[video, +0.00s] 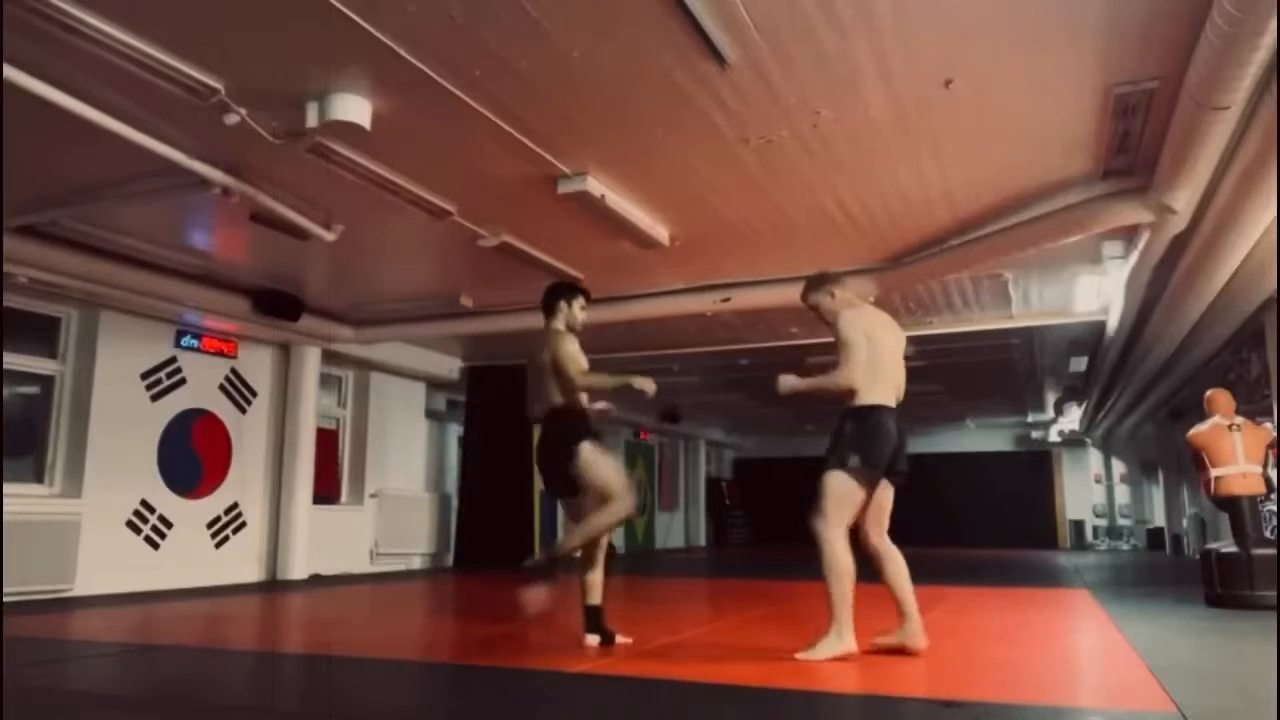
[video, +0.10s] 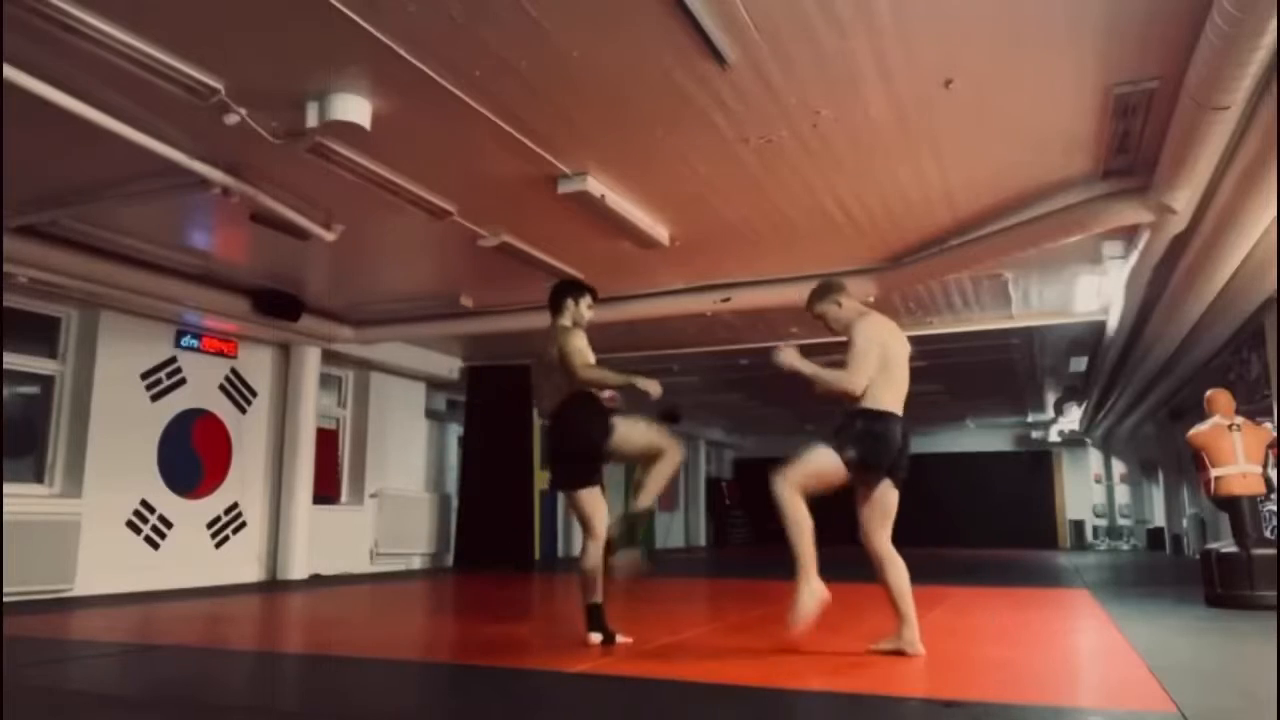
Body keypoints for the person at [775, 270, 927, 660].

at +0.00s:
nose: (821, 318)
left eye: (818, 310)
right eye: (817, 312)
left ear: (833, 293)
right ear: (845, 291)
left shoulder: (850, 316)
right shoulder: (891, 326)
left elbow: (849, 378)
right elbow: (895, 387)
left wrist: (799, 383)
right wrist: (836, 376)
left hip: (863, 425)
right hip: (892, 427)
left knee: (830, 525)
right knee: (876, 533)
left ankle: (841, 633)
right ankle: (912, 627)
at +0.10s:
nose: (830, 327)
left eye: (827, 317)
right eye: (825, 321)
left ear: (842, 301)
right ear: (847, 300)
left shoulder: (868, 326)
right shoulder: (892, 330)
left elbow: (854, 382)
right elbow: (869, 382)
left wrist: (800, 363)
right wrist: (825, 375)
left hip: (867, 431)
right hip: (892, 438)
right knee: (878, 538)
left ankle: (809, 584)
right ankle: (909, 635)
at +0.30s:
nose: (832, 333)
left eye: (830, 323)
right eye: (828, 327)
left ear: (845, 303)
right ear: (848, 303)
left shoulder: (875, 325)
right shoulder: (888, 336)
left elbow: (829, 367)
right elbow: (864, 409)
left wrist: (806, 325)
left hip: (862, 430)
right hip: (877, 445)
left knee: (777, 388)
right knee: (868, 541)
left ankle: (758, 482)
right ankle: (906, 635)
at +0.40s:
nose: (833, 329)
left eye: (830, 319)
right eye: (828, 323)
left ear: (847, 302)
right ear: (851, 303)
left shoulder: (875, 325)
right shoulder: (886, 336)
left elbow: (828, 370)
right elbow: (873, 407)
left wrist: (803, 327)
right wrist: (835, 447)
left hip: (860, 428)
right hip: (874, 442)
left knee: (778, 388)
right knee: (868, 541)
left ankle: (770, 481)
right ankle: (905, 633)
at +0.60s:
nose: (826, 322)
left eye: (825, 312)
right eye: (821, 315)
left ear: (842, 298)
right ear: (849, 299)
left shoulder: (861, 327)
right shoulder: (882, 331)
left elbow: (857, 388)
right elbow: (863, 400)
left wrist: (797, 400)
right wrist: (811, 416)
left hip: (861, 433)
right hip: (882, 441)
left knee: (782, 489)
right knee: (852, 536)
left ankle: (790, 592)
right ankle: (900, 623)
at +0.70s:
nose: (822, 319)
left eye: (823, 309)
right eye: (819, 312)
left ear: (842, 299)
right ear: (844, 302)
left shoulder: (858, 331)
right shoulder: (871, 334)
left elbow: (862, 379)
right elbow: (832, 393)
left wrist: (815, 389)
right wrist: (801, 362)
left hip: (855, 440)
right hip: (873, 442)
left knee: (793, 516)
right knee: (857, 540)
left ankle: (800, 623)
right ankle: (903, 628)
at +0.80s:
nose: (819, 298)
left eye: (820, 290)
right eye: (815, 293)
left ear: (839, 278)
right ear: (832, 286)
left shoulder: (866, 307)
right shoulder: (846, 319)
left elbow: (855, 337)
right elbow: (799, 342)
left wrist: (811, 314)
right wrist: (791, 301)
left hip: (849, 421)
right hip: (851, 425)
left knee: (768, 466)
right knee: (844, 524)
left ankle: (782, 565)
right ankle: (892, 611)